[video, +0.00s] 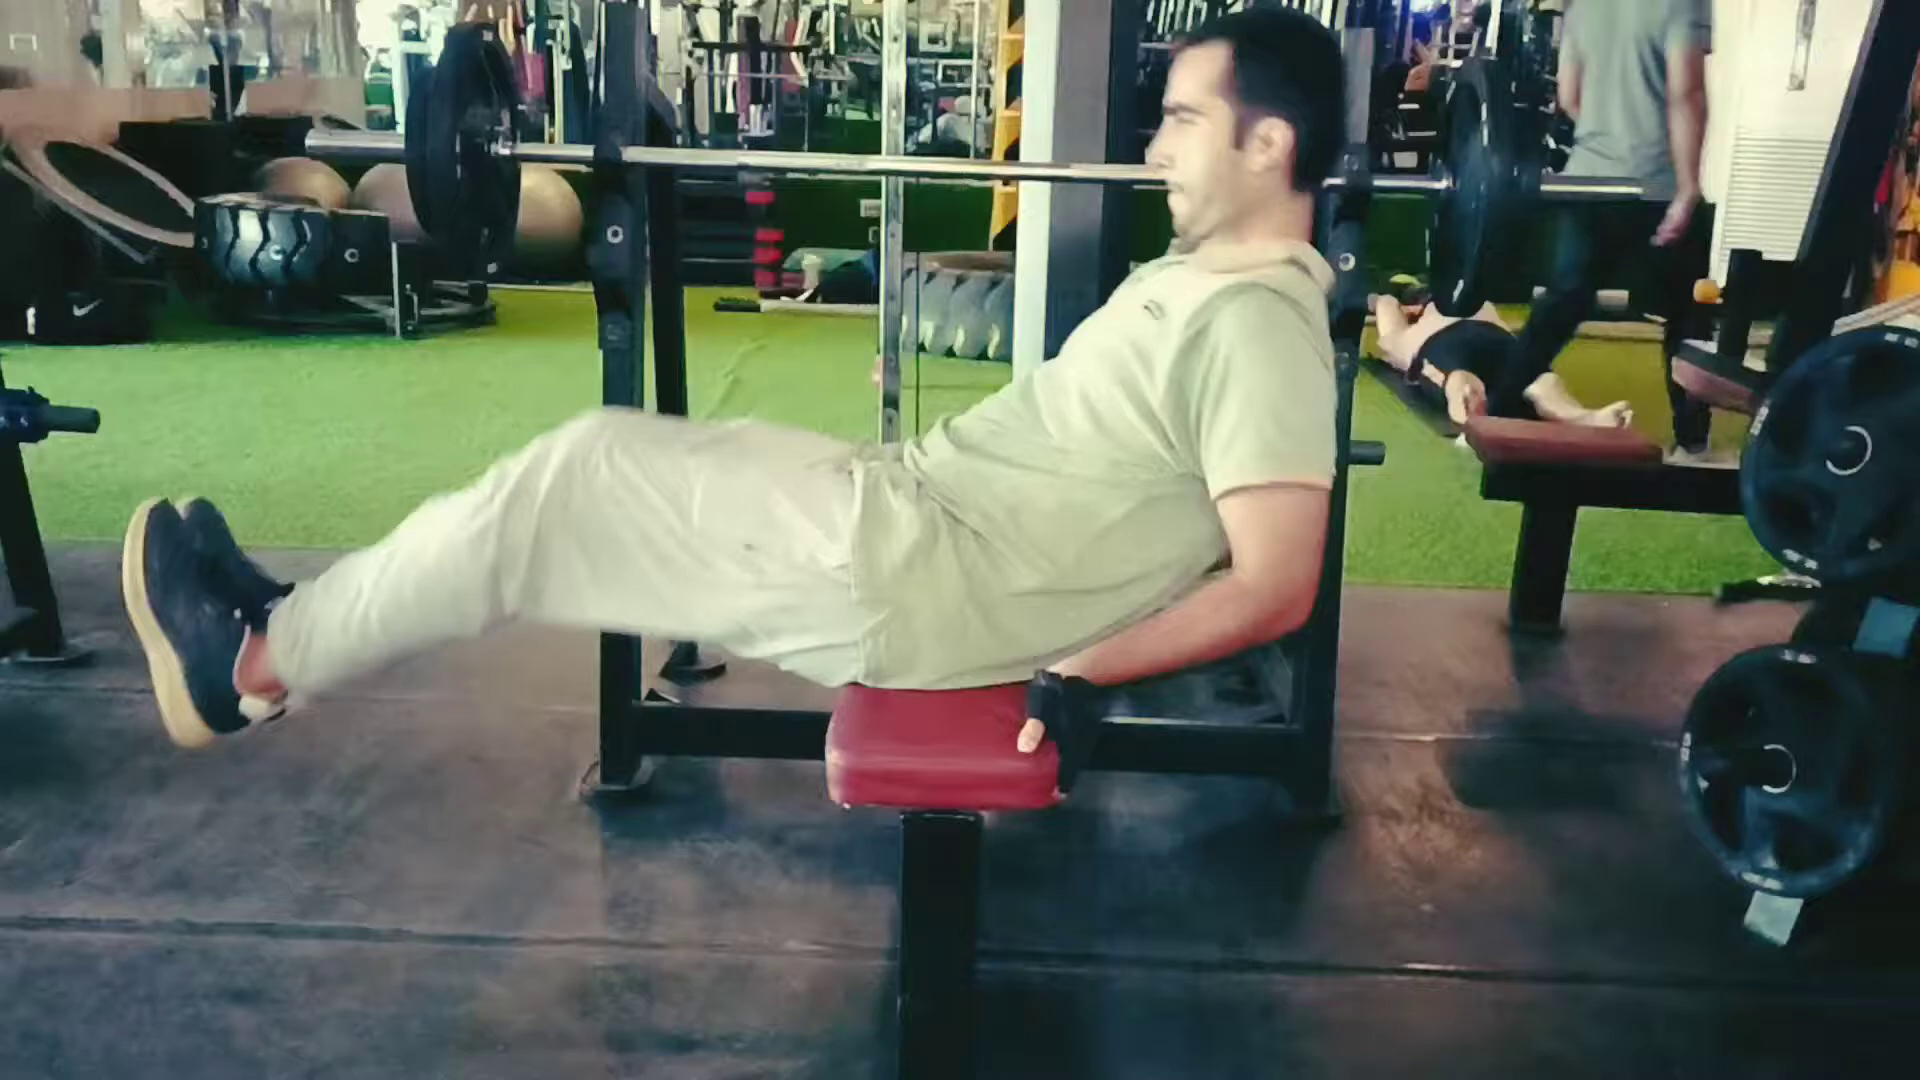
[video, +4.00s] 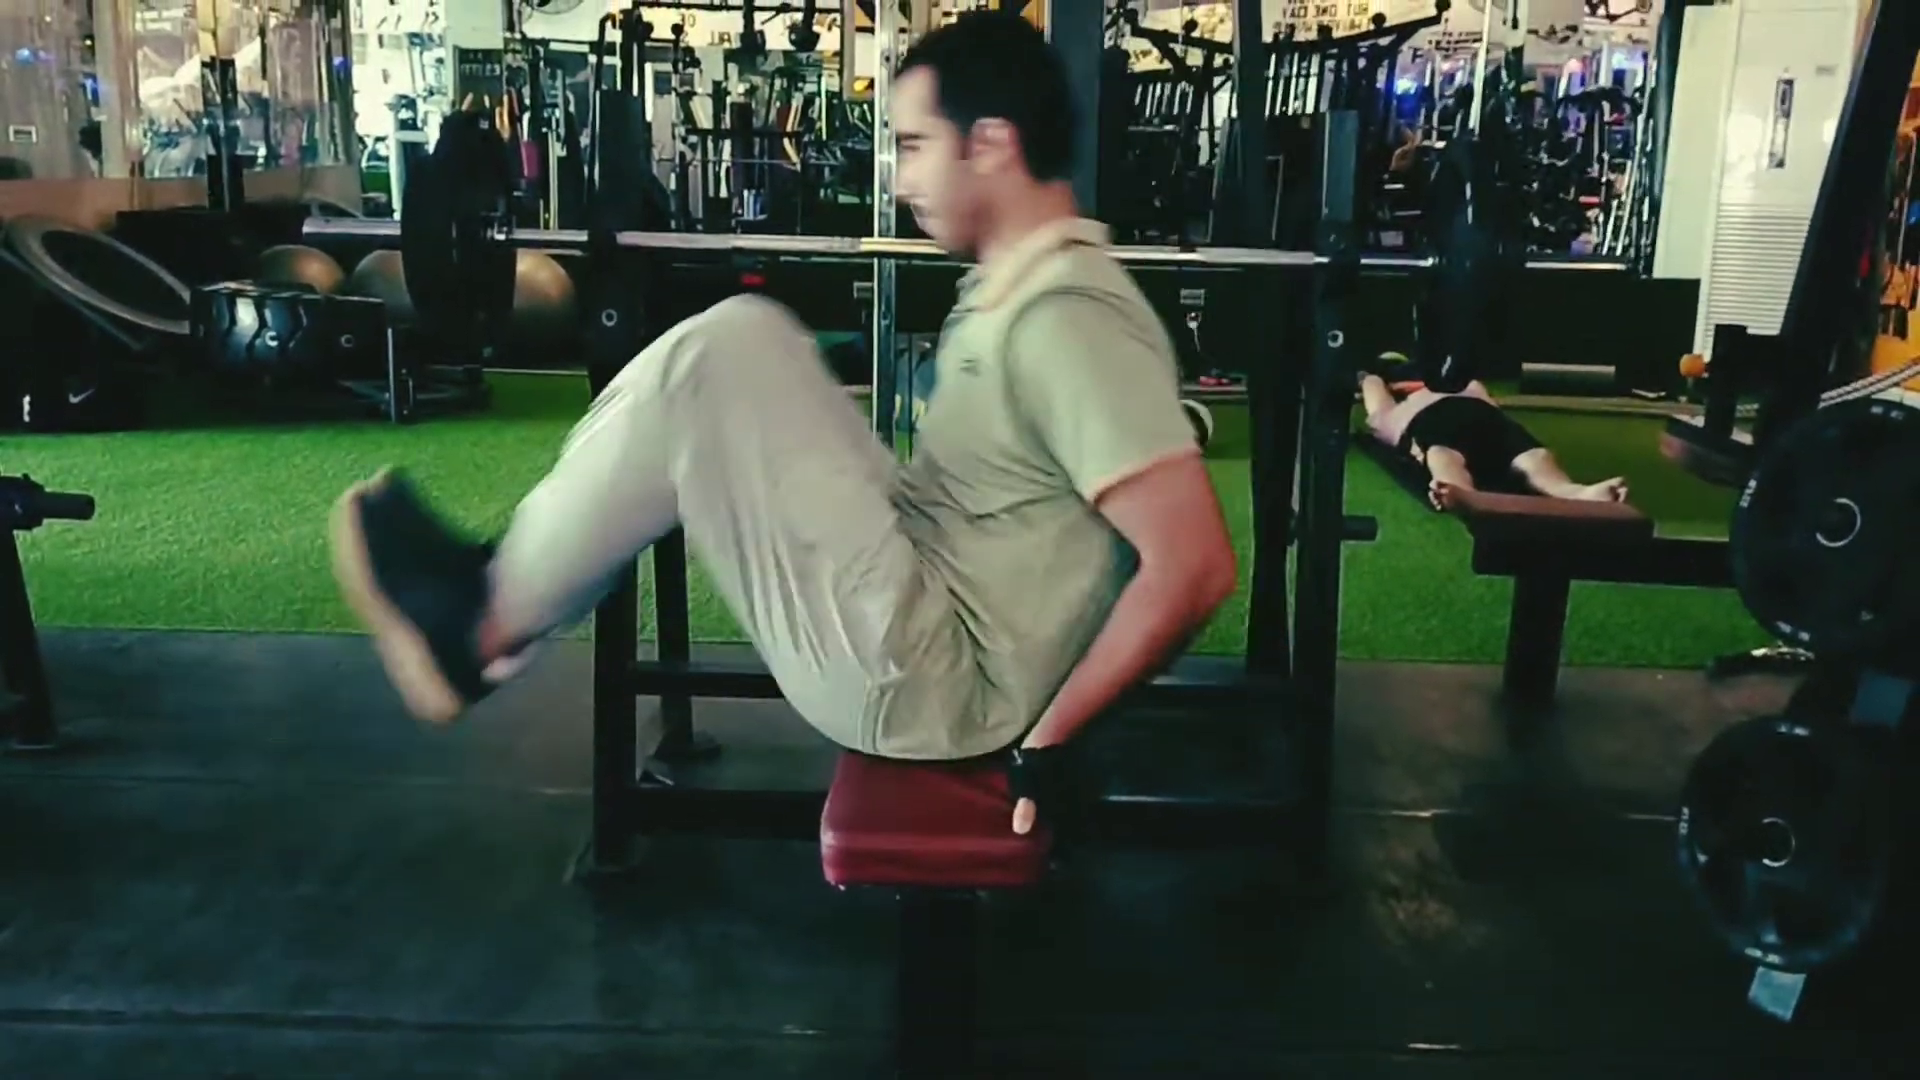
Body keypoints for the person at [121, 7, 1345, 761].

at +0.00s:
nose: (1158, 145)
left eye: (1186, 115)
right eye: (1165, 115)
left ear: (1277, 144)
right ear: (1255, 146)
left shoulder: (1260, 315)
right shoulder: (1208, 281)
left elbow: (1275, 587)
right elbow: (1225, 546)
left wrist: (1069, 671)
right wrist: (1052, 634)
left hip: (928, 578)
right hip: (907, 518)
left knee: (578, 481)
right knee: (590, 456)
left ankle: (253, 670)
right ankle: (288, 629)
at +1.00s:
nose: (1164, 169)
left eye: (1190, 143)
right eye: (1170, 142)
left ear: (1280, 165)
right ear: (1261, 168)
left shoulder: (1269, 335)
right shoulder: (1212, 300)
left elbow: (1275, 602)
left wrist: (1068, 686)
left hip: (935, 590)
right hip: (908, 523)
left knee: (575, 535)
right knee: (589, 494)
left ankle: (272, 743)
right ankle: (303, 702)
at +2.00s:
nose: (1087, 139)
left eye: (1110, 111)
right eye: (1088, 112)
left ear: (1204, 122)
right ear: (1177, 125)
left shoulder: (1219, 288)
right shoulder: (1164, 262)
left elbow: (1257, 568)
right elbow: (1173, 509)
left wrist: (1065, 675)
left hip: (951, 600)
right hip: (924, 539)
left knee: (601, 443)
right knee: (613, 422)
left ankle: (322, 689)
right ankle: (357, 636)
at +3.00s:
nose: (1014, 142)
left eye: (1036, 113)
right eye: (1016, 112)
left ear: (1125, 128)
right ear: (1110, 129)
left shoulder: (1172, 303)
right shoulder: (1103, 267)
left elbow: (1225, 572)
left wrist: (1047, 736)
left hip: (957, 642)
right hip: (935, 570)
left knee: (697, 356)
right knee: (703, 346)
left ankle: (427, 624)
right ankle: (448, 584)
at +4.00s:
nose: (896, 181)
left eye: (911, 146)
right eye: (894, 150)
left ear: (995, 147)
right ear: (989, 150)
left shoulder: (1066, 309)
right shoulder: (1019, 293)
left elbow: (1190, 564)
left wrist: (1039, 744)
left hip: (937, 680)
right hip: (918, 646)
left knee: (730, 345)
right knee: (717, 348)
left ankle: (483, 632)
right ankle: (486, 610)